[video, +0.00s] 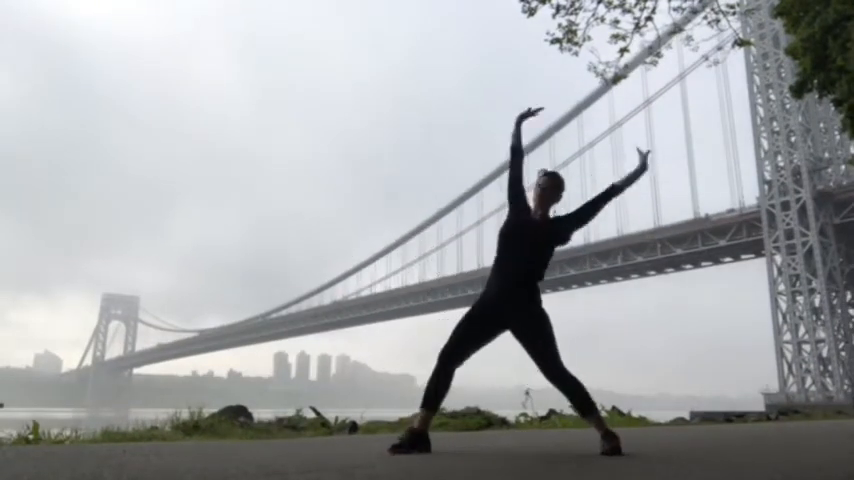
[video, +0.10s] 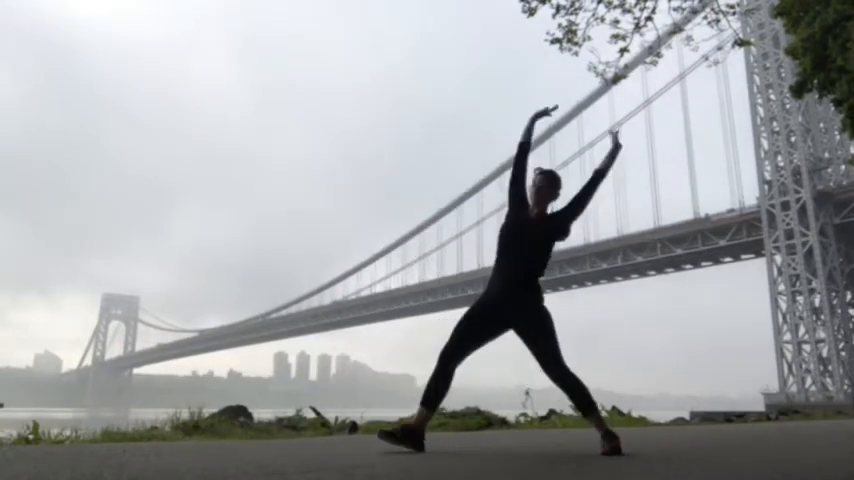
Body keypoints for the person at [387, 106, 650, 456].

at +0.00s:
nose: (543, 187)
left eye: (551, 186)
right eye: (542, 183)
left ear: (558, 197)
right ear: (533, 188)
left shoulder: (557, 230)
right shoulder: (517, 211)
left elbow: (603, 198)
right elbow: (515, 165)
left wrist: (640, 170)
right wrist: (518, 125)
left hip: (527, 309)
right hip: (492, 302)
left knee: (556, 373)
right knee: (447, 359)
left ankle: (607, 435)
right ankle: (419, 431)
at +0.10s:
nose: (543, 184)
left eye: (549, 182)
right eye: (540, 180)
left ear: (555, 194)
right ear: (531, 187)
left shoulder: (556, 224)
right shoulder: (517, 212)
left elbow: (589, 188)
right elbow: (520, 164)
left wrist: (613, 152)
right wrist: (531, 123)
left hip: (529, 307)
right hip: (494, 302)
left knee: (558, 371)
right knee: (449, 357)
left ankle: (607, 435)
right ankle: (417, 428)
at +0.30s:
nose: (423, 236)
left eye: (428, 231)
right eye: (423, 231)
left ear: (446, 234)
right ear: (430, 236)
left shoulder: (456, 271)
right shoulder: (436, 270)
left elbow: (482, 312)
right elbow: (444, 311)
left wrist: (508, 350)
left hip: (472, 351)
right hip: (448, 350)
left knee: (530, 401)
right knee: (390, 356)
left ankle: (613, 423)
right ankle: (397, 432)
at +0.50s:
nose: (436, 257)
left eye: (443, 252)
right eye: (437, 252)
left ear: (460, 259)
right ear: (447, 259)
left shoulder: (448, 284)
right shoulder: (455, 291)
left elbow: (406, 255)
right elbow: (467, 337)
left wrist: (366, 230)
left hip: (463, 382)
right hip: (457, 378)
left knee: (525, 437)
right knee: (387, 359)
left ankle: (604, 425)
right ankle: (397, 432)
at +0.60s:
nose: (456, 252)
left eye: (461, 248)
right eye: (457, 247)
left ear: (473, 252)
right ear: (463, 254)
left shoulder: (476, 281)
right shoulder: (464, 284)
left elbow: (478, 244)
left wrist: (480, 213)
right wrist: (479, 222)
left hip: (467, 376)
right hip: (446, 372)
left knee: (526, 436)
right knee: (387, 359)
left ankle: (604, 424)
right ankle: (397, 433)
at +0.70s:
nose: (481, 250)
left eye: (488, 247)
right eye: (480, 245)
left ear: (501, 252)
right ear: (477, 249)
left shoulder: (502, 280)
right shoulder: (462, 277)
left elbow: (543, 266)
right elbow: (430, 262)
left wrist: (537, 258)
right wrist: (401, 248)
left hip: (478, 373)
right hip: (451, 367)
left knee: (532, 431)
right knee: (391, 356)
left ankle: (608, 424)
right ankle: (397, 432)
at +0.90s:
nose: (504, 214)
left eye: (510, 210)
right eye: (504, 209)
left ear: (522, 217)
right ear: (508, 216)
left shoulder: (514, 252)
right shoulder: (501, 247)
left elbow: (517, 270)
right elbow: (521, 223)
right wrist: (537, 201)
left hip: (500, 336)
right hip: (476, 334)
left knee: (541, 399)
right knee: (412, 355)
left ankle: (617, 424)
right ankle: (399, 433)